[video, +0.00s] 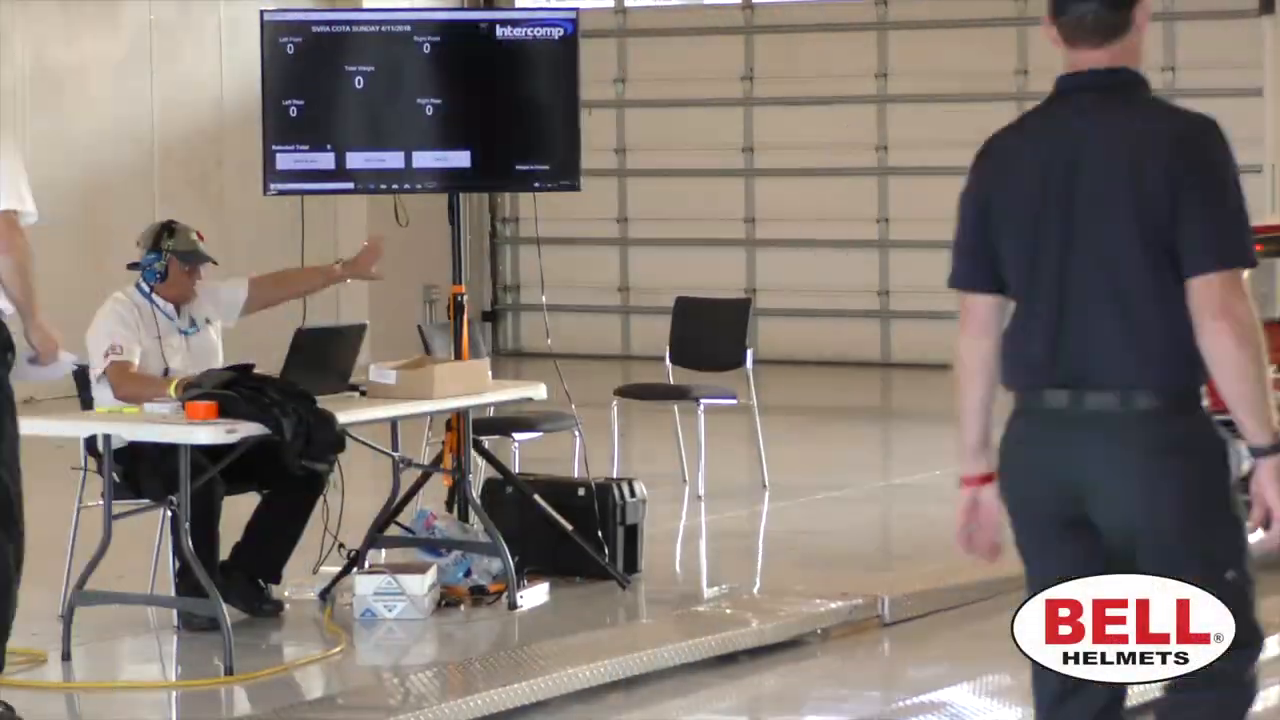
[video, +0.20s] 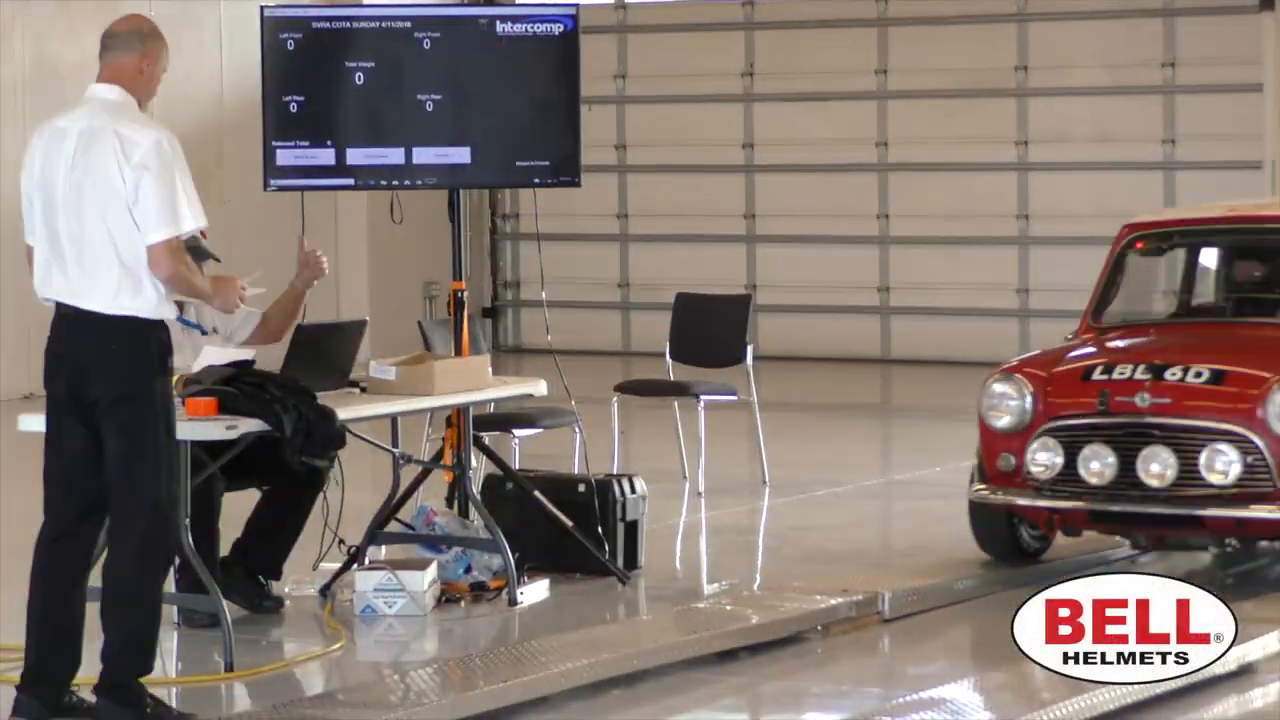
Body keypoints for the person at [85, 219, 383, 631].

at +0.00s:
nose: (198, 276)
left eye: (200, 267)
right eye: (189, 267)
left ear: (201, 266)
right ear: (157, 268)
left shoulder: (204, 299)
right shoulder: (118, 313)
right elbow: (120, 384)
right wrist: (187, 387)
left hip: (211, 446)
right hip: (142, 452)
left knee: (303, 467)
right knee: (201, 479)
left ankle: (243, 574)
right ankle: (195, 598)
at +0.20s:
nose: (197, 270)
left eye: (198, 262)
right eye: (188, 260)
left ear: (196, 266)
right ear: (159, 264)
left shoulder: (200, 310)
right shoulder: (135, 313)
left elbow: (267, 330)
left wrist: (300, 283)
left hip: (211, 440)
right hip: (152, 443)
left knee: (305, 464)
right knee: (199, 474)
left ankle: (245, 570)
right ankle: (195, 591)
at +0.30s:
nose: (192, 275)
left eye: (194, 266)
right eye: (181, 266)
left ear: (199, 265)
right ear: (155, 267)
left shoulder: (208, 308)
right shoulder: (138, 312)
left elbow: (255, 367)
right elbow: (162, 385)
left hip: (220, 443)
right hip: (160, 445)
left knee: (304, 465)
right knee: (200, 477)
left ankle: (245, 569)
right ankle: (196, 592)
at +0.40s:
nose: (191, 272)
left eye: (193, 263)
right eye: (182, 263)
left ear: (196, 262)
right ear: (156, 264)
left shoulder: (201, 307)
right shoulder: (132, 310)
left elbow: (240, 352)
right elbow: (133, 385)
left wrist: (240, 360)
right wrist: (200, 379)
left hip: (216, 443)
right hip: (152, 444)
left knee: (304, 466)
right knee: (199, 475)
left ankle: (244, 570)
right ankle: (196, 592)